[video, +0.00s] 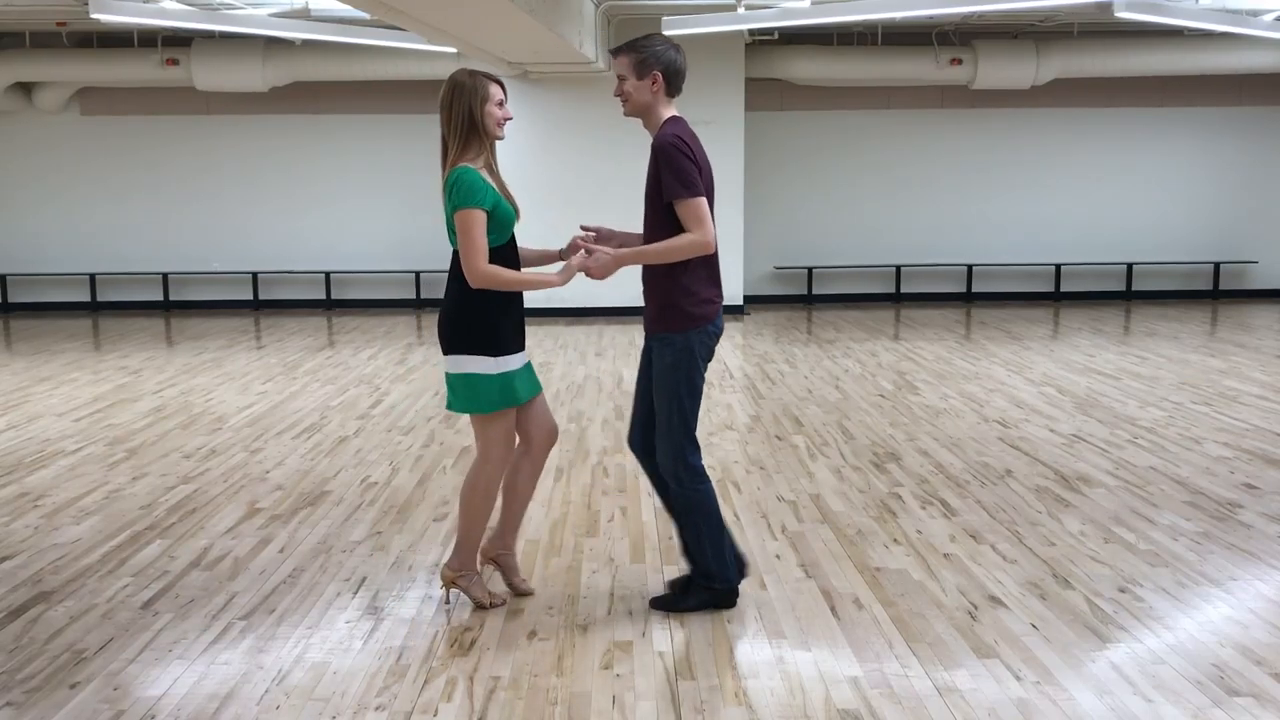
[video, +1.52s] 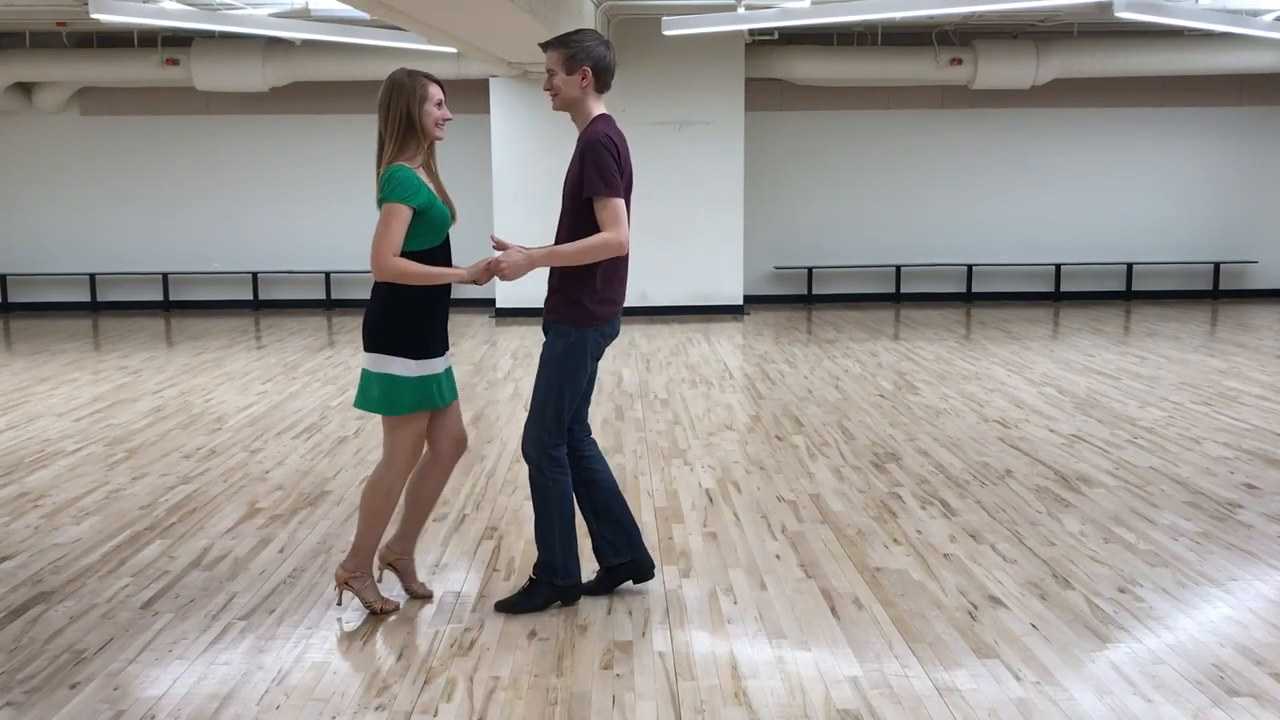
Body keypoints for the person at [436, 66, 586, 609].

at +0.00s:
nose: (507, 113)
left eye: (505, 104)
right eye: (498, 104)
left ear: (478, 113)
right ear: (472, 112)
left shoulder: (484, 174)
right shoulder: (469, 178)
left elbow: (503, 256)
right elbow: (476, 271)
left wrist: (561, 252)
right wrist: (551, 280)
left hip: (500, 332)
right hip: (475, 335)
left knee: (540, 434)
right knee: (496, 448)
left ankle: (502, 543)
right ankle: (461, 564)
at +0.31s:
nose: (511, 111)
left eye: (510, 102)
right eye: (502, 102)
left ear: (490, 111)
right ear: (476, 110)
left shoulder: (487, 171)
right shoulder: (469, 177)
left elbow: (515, 250)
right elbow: (487, 269)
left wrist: (575, 243)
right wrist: (566, 266)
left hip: (499, 326)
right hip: (489, 332)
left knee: (513, 443)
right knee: (539, 442)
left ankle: (504, 553)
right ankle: (483, 551)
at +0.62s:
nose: (502, 112)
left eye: (500, 103)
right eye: (492, 103)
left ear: (482, 109)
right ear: (466, 110)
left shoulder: (478, 174)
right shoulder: (462, 177)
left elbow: (499, 252)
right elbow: (481, 267)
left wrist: (558, 245)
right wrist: (555, 250)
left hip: (489, 332)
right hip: (469, 335)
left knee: (524, 439)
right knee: (489, 450)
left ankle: (461, 539)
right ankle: (475, 567)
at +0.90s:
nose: (480, 111)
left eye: (479, 102)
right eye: (470, 102)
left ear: (469, 111)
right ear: (442, 109)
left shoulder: (458, 172)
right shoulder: (432, 176)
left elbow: (475, 252)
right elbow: (455, 263)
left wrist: (532, 249)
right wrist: (518, 223)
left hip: (450, 328)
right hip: (442, 333)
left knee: (456, 444)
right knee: (494, 437)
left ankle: (418, 552)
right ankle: (477, 558)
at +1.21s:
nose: (455, 113)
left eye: (454, 105)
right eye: (446, 105)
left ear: (437, 113)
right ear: (421, 112)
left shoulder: (430, 173)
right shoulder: (410, 178)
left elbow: (428, 260)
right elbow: (403, 267)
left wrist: (482, 271)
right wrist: (476, 274)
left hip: (441, 329)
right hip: (421, 336)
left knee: (457, 442)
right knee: (438, 453)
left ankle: (419, 554)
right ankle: (369, 561)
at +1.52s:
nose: (445, 112)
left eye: (444, 104)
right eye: (436, 105)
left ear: (424, 113)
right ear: (410, 113)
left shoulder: (422, 174)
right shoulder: (404, 179)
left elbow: (411, 261)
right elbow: (383, 264)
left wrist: (466, 271)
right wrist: (460, 275)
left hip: (426, 336)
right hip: (400, 339)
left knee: (449, 444)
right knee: (401, 456)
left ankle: (401, 549)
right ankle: (355, 566)